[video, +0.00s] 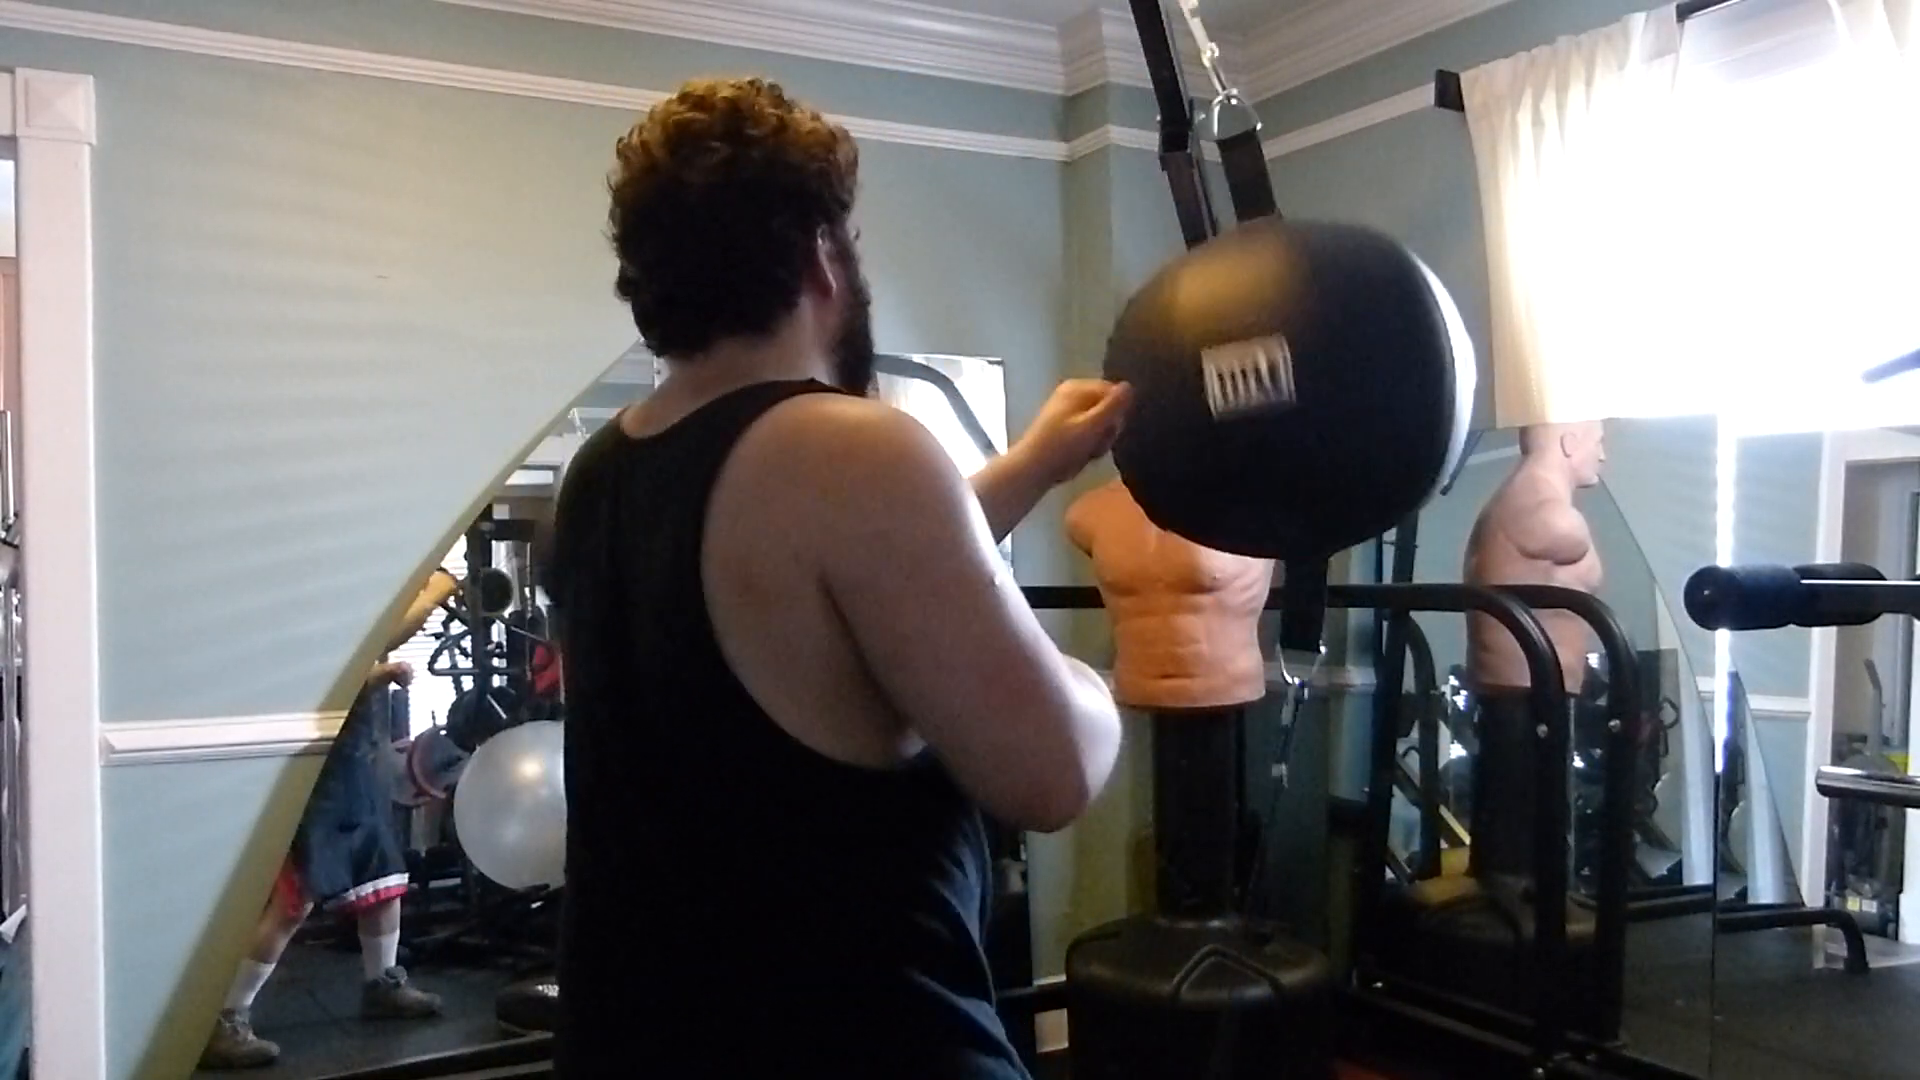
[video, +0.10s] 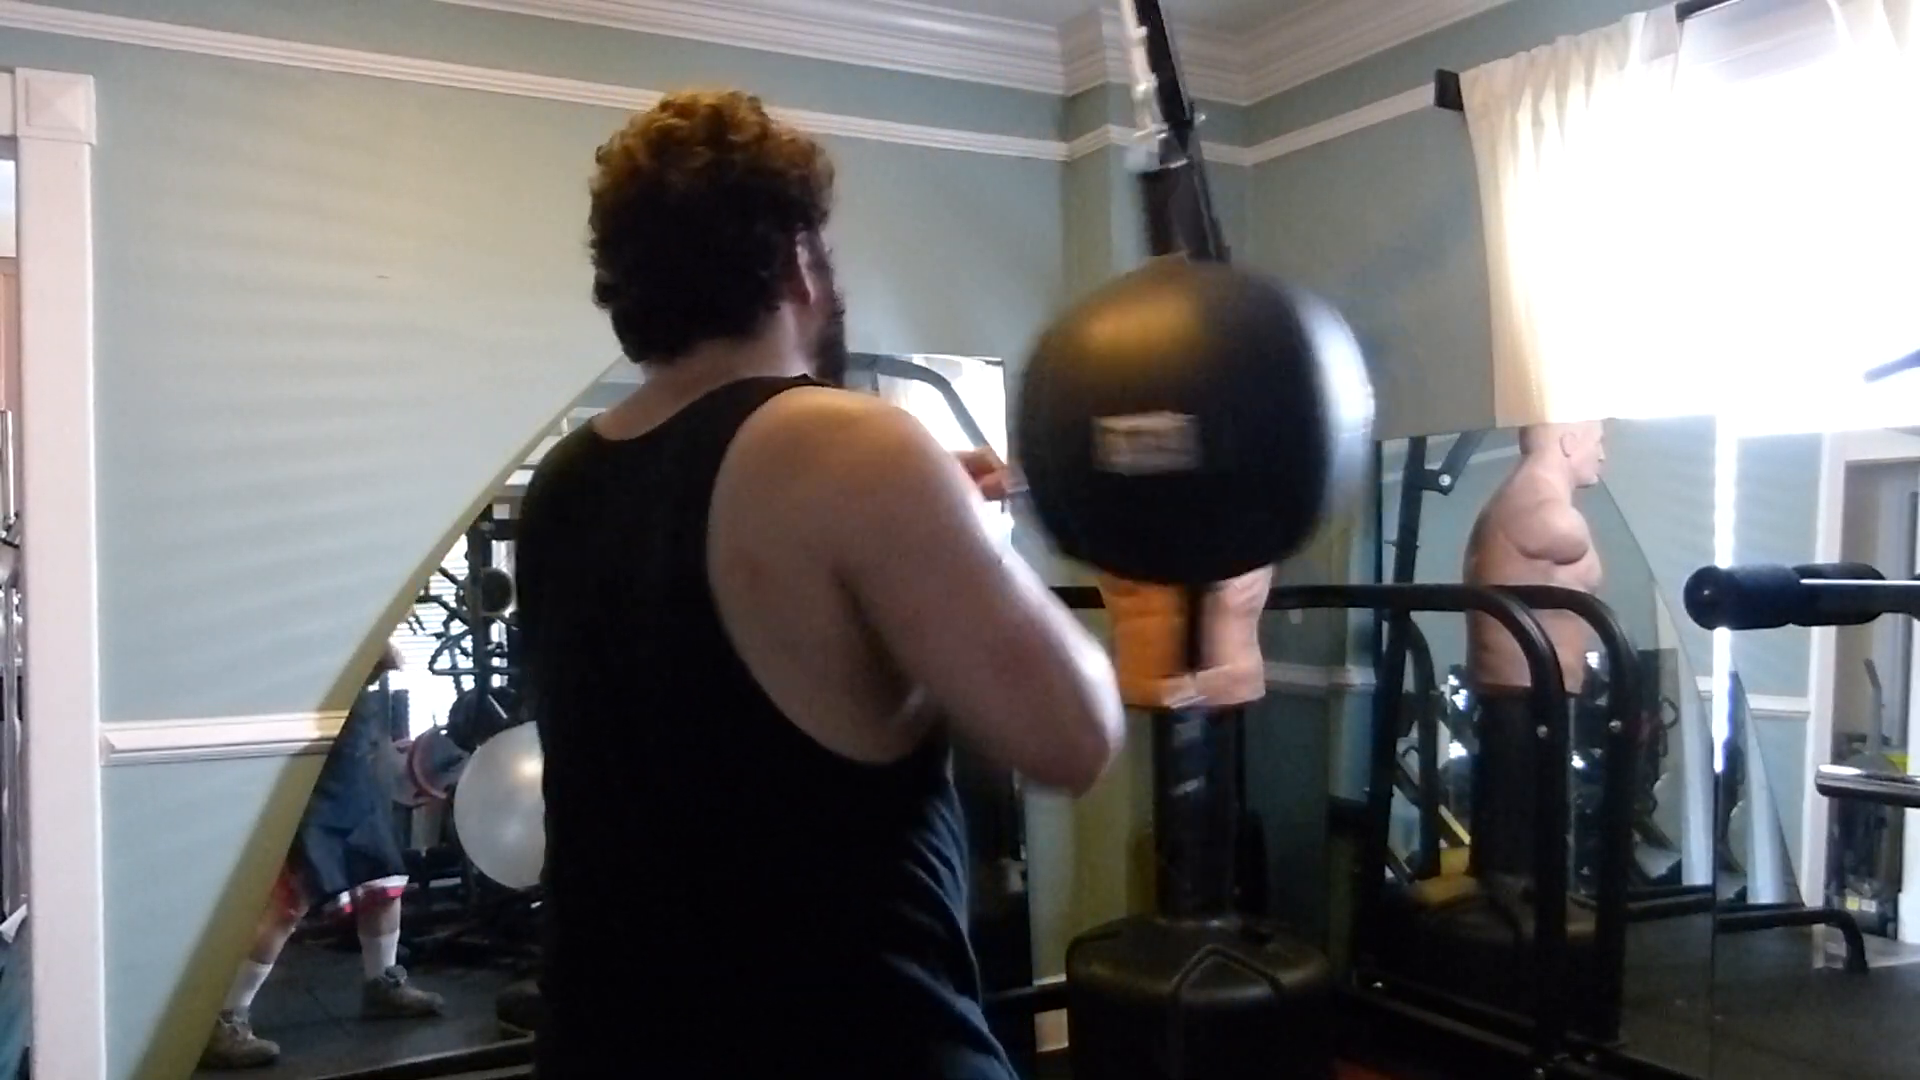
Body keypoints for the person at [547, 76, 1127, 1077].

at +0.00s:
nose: (857, 271)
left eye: (854, 244)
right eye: (853, 244)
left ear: (647, 276)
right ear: (822, 259)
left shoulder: (599, 474)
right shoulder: (861, 455)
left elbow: (815, 604)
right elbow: (1052, 777)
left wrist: (1036, 461)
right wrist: (1080, 679)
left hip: (637, 1020)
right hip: (875, 1029)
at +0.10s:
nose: (837, 287)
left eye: (832, 256)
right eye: (830, 254)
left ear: (627, 288)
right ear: (798, 264)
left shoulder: (562, 487)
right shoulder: (853, 449)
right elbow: (1074, 745)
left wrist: (909, 507)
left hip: (617, 1012)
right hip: (861, 1019)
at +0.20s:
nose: (796, 284)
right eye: (787, 257)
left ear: (583, 305)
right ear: (763, 274)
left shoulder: (514, 507)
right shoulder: (904, 437)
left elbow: (538, 721)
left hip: (593, 1031)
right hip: (866, 1033)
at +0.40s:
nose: (726, 299)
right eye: (717, 277)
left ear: (519, 335)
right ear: (701, 293)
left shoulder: (459, 516)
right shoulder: (875, 442)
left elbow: (491, 750)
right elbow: (1059, 622)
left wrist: (438, 650)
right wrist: (881, 633)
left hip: (625, 1038)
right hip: (912, 1026)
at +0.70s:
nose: (688, 319)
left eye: (685, 294)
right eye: (682, 295)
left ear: (482, 336)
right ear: (647, 308)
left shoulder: (405, 537)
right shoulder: (803, 455)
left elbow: (464, 763)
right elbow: (976, 713)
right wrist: (788, 660)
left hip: (581, 1039)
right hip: (849, 1024)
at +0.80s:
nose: (743, 312)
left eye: (740, 293)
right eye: (736, 291)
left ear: (536, 316)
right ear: (710, 305)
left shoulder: (454, 518)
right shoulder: (835, 466)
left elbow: (533, 757)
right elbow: (995, 750)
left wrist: (716, 430)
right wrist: (855, 745)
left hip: (592, 1028)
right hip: (848, 1023)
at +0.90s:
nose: (839, 319)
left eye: (827, 287)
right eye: (830, 289)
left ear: (629, 304)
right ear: (805, 309)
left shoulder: (545, 501)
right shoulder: (882, 502)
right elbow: (1022, 842)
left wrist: (800, 425)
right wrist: (1008, 921)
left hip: (624, 1012)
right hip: (856, 1022)